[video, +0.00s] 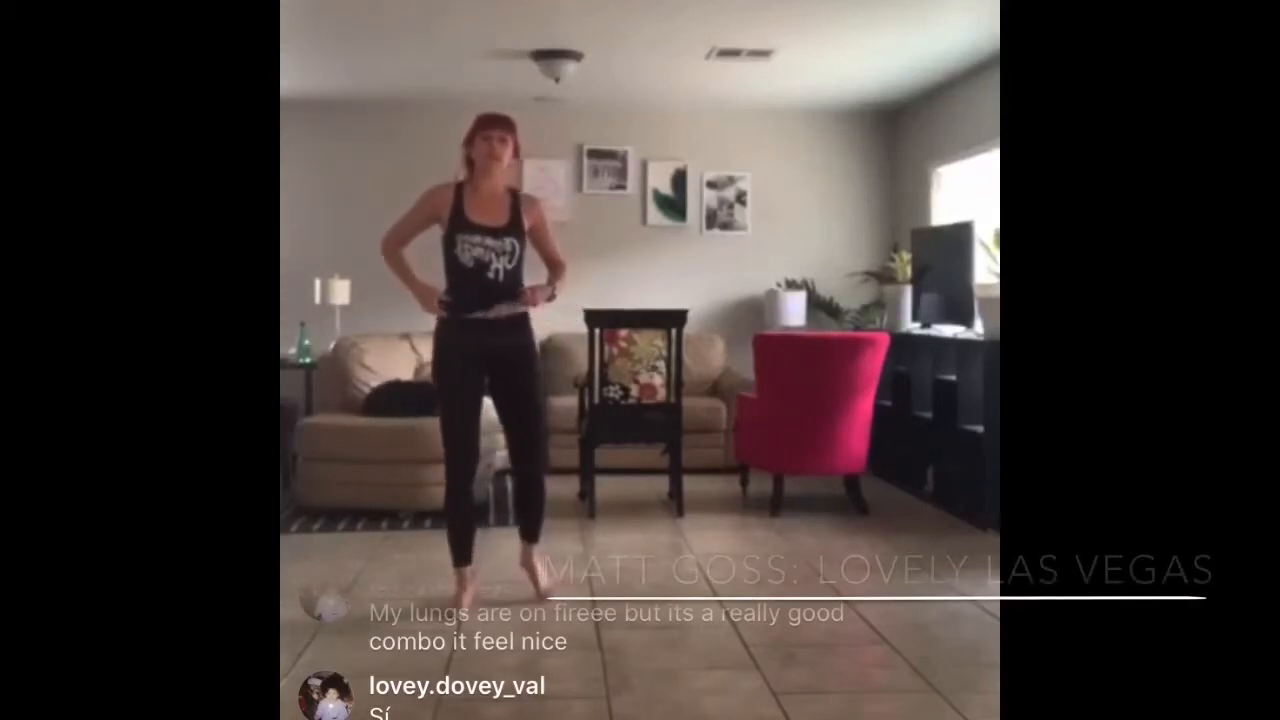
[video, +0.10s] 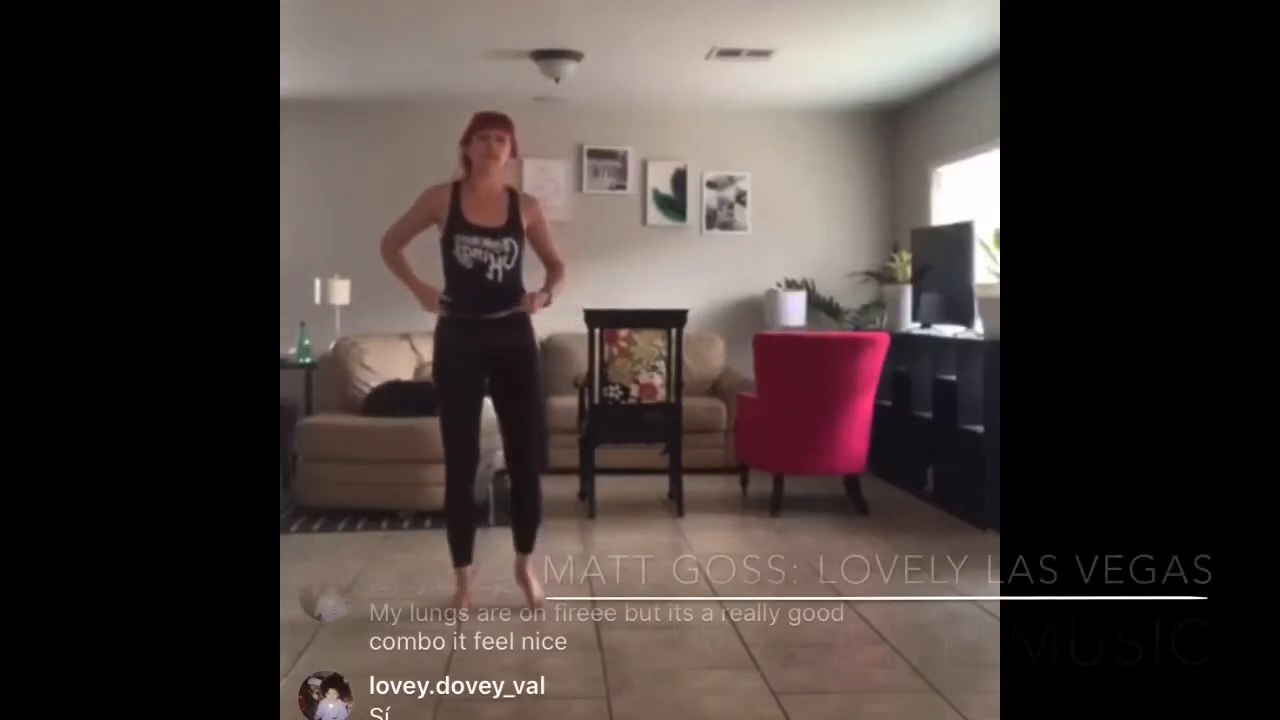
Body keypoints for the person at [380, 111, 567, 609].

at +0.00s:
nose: (492, 148)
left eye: (501, 141)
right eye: (484, 140)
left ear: (514, 154)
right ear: (469, 149)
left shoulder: (528, 207)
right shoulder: (445, 198)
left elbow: (557, 265)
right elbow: (391, 245)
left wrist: (547, 290)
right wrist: (419, 289)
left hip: (513, 339)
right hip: (459, 340)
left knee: (531, 453)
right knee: (461, 461)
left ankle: (531, 551)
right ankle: (464, 579)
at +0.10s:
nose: (491, 147)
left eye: (499, 140)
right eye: (483, 139)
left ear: (512, 153)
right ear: (466, 148)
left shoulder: (526, 207)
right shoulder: (442, 198)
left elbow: (555, 266)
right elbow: (390, 245)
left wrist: (543, 295)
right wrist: (421, 291)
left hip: (513, 337)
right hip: (459, 338)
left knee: (526, 457)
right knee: (461, 461)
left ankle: (524, 562)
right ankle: (463, 577)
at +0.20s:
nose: (492, 147)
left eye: (500, 140)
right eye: (484, 139)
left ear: (512, 153)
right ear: (467, 148)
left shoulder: (528, 206)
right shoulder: (442, 198)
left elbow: (558, 265)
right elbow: (393, 248)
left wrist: (545, 295)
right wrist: (422, 294)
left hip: (515, 338)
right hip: (461, 338)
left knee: (519, 463)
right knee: (462, 463)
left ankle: (524, 577)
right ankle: (464, 579)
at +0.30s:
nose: (493, 145)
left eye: (502, 139)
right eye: (485, 137)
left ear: (514, 152)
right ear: (468, 146)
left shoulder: (530, 205)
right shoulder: (445, 198)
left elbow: (566, 263)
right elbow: (402, 253)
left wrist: (555, 311)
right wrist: (425, 315)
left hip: (519, 339)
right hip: (463, 337)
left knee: (518, 465)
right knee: (464, 464)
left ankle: (522, 581)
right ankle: (464, 578)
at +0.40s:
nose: (498, 146)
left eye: (507, 140)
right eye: (490, 138)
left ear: (519, 151)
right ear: (474, 147)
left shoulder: (537, 204)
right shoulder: (452, 198)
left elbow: (575, 261)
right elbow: (411, 252)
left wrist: (571, 314)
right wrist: (426, 316)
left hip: (525, 338)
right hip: (467, 336)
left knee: (523, 466)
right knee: (470, 465)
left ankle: (524, 582)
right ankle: (465, 579)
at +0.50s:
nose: (504, 145)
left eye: (513, 139)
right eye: (496, 137)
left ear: (525, 151)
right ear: (480, 147)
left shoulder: (543, 203)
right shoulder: (457, 198)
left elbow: (581, 251)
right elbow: (422, 249)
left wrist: (573, 310)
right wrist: (438, 313)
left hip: (530, 336)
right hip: (473, 334)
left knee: (528, 464)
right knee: (475, 465)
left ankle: (525, 581)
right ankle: (467, 578)